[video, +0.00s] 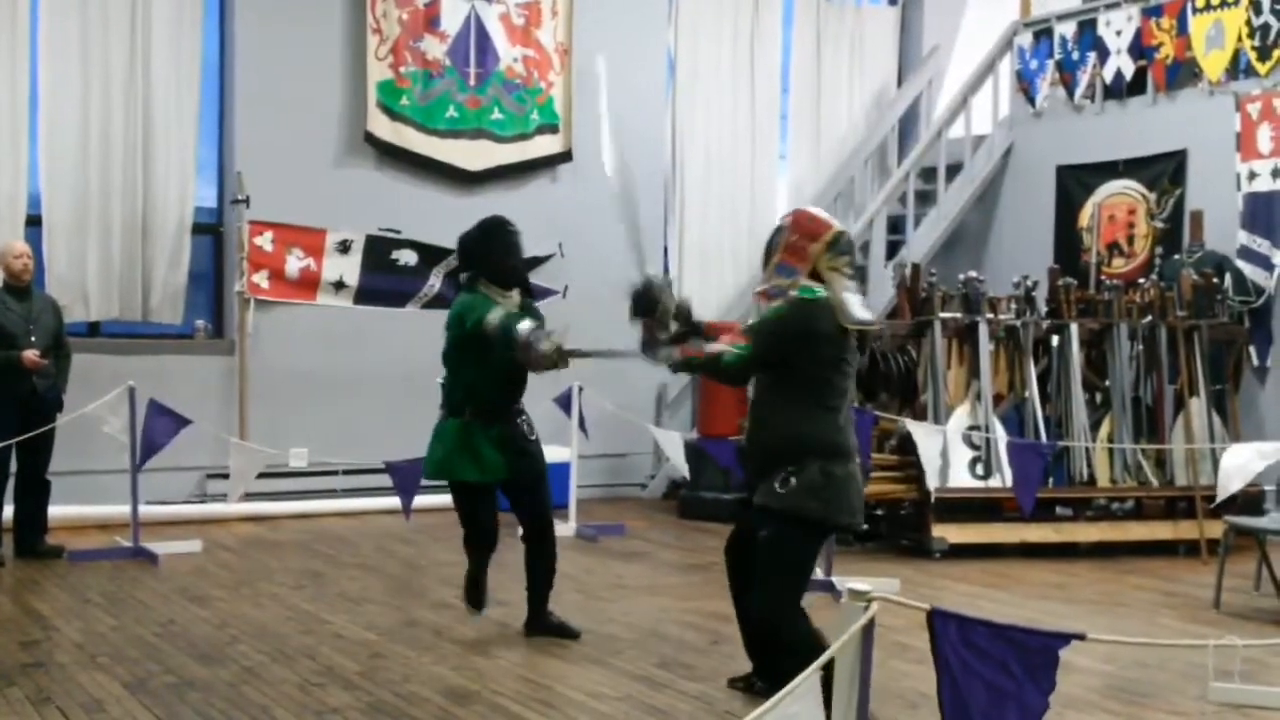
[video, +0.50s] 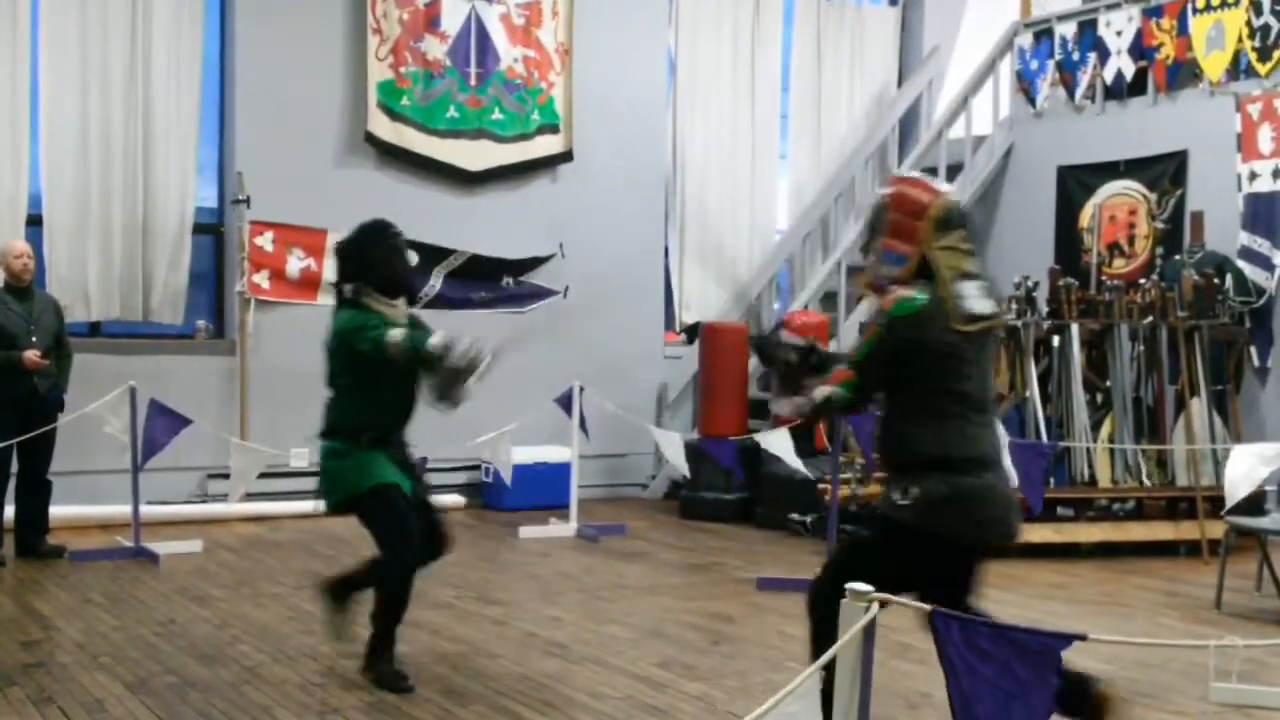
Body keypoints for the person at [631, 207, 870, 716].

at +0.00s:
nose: (776, 257)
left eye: (783, 248)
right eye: (779, 248)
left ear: (800, 253)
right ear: (817, 255)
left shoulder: (807, 312)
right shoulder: (812, 308)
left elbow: (738, 367)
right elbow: (751, 347)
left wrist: (679, 358)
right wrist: (697, 334)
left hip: (808, 480)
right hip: (796, 474)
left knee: (770, 587)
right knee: (741, 554)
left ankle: (820, 681)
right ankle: (771, 670)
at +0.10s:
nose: (791, 254)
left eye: (800, 244)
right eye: (792, 244)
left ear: (823, 248)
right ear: (827, 249)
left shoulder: (836, 306)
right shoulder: (817, 301)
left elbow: (772, 370)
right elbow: (754, 337)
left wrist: (703, 350)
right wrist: (705, 301)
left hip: (824, 477)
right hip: (805, 471)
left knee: (779, 593)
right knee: (775, 581)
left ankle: (806, 689)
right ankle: (769, 672)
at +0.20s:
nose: (801, 244)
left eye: (811, 233)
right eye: (805, 232)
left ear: (831, 241)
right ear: (851, 242)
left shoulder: (840, 308)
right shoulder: (857, 305)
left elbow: (784, 372)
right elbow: (805, 367)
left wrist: (723, 353)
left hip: (841, 486)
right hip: (855, 482)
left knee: (776, 602)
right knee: (802, 594)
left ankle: (811, 696)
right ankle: (808, 685)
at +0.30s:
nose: (810, 254)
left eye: (818, 242)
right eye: (813, 241)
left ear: (838, 248)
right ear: (871, 246)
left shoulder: (851, 316)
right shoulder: (893, 308)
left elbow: (794, 390)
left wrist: (751, 376)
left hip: (865, 492)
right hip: (902, 486)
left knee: (787, 601)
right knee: (833, 591)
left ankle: (831, 706)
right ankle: (884, 696)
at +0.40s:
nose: (841, 247)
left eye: (849, 235)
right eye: (843, 234)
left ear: (869, 240)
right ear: (904, 239)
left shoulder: (874, 311)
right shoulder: (930, 306)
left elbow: (831, 390)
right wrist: (807, 347)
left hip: (894, 498)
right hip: (941, 493)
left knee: (808, 595)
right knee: (879, 592)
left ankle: (832, 707)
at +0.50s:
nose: (875, 254)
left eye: (884, 241)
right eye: (878, 240)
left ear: (907, 247)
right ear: (946, 243)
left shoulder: (909, 312)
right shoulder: (975, 306)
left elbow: (858, 385)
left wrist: (817, 404)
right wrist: (842, 380)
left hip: (929, 505)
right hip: (984, 502)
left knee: (830, 591)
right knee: (947, 615)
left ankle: (837, 708)